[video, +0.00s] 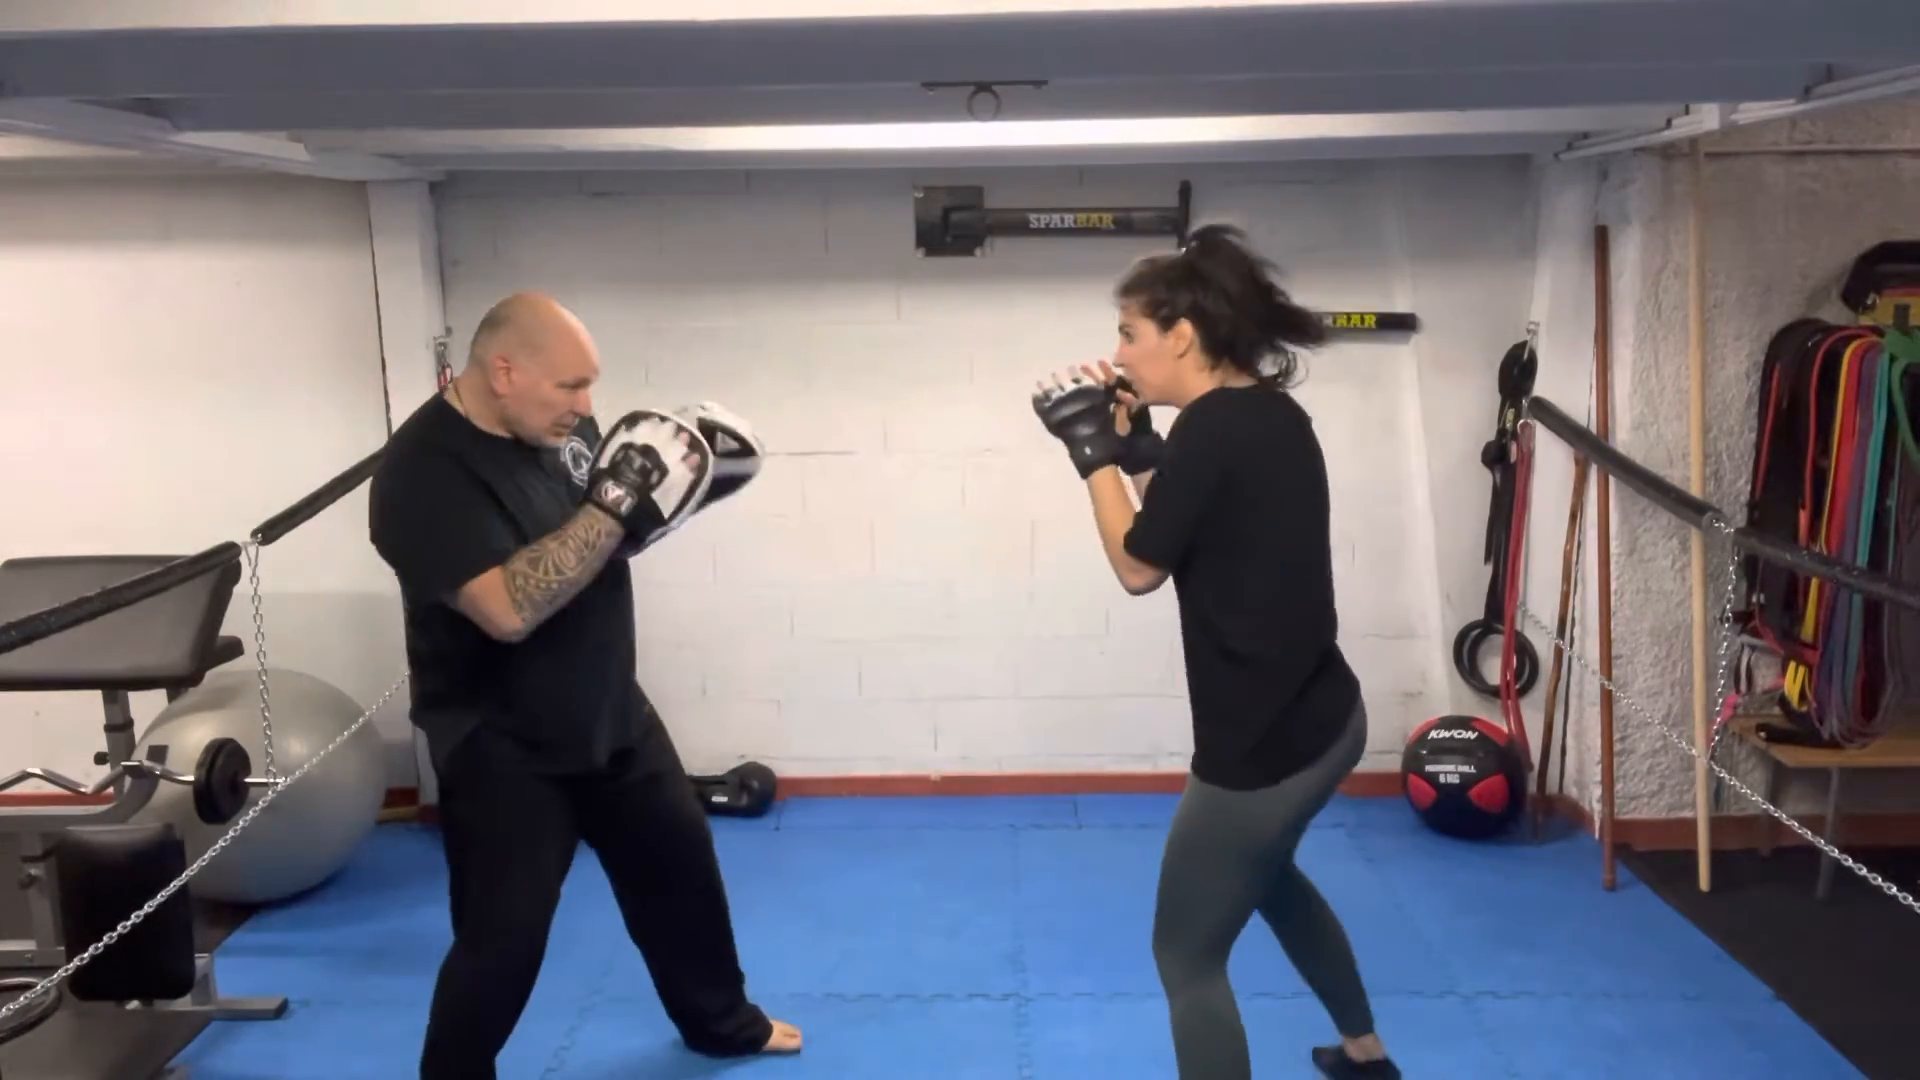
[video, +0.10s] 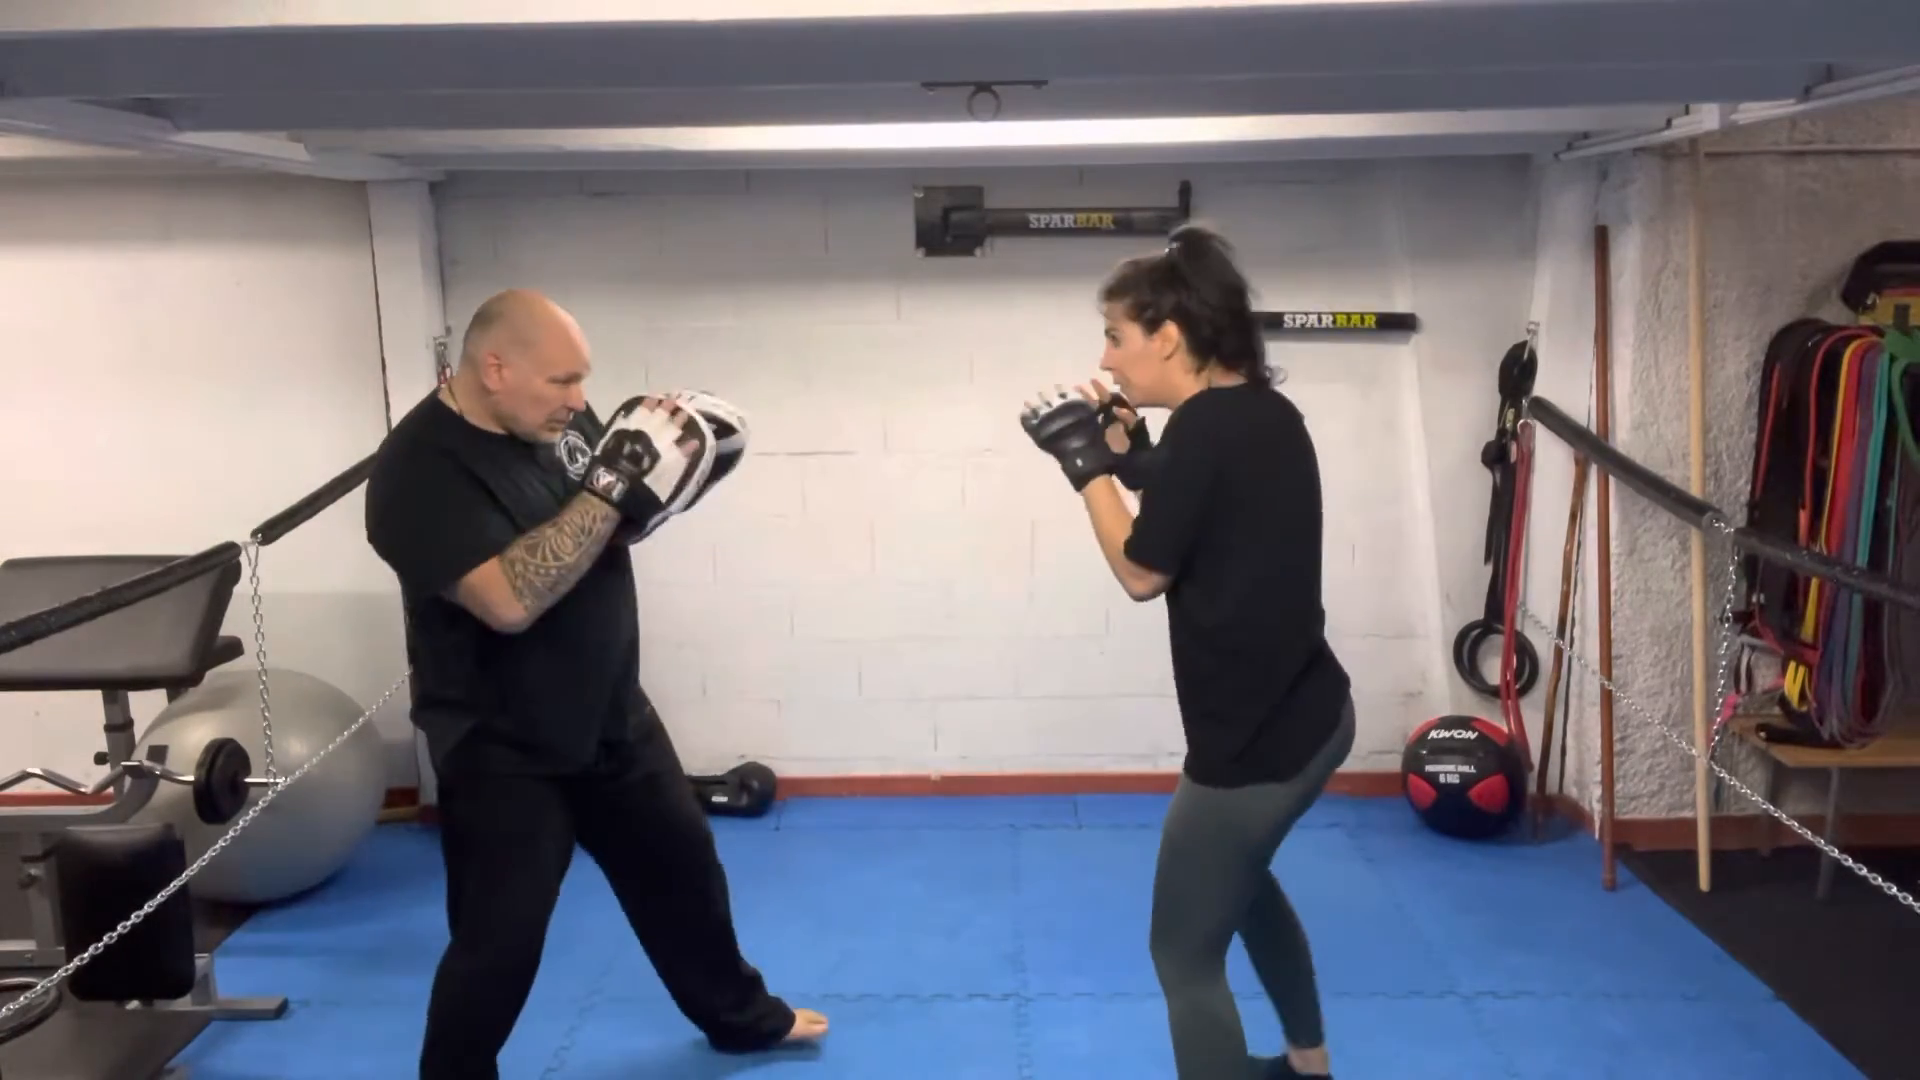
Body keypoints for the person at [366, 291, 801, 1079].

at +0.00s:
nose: (586, 406)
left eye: (589, 385)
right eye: (570, 385)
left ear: (509, 375)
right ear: (501, 374)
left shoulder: (549, 437)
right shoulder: (420, 472)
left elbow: (594, 543)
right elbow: (503, 607)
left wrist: (676, 485)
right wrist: (617, 501)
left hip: (605, 714)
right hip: (500, 744)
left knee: (677, 863)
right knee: (501, 942)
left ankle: (718, 1021)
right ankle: (455, 1071)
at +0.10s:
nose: (580, 399)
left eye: (581, 379)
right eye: (563, 381)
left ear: (502, 371)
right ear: (494, 370)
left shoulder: (550, 430)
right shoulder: (415, 472)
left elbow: (596, 538)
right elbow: (506, 598)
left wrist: (658, 464)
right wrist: (613, 483)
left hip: (606, 714)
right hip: (500, 742)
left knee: (680, 867)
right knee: (498, 944)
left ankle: (738, 1017)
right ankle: (455, 1072)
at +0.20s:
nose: (589, 397)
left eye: (589, 377)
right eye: (571, 380)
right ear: (501, 371)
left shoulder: (574, 432)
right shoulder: (422, 473)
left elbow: (611, 537)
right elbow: (505, 602)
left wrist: (681, 493)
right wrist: (624, 500)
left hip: (616, 729)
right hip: (509, 752)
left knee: (690, 889)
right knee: (500, 950)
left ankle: (759, 1021)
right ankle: (455, 1070)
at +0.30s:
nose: (610, 396)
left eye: (611, 376)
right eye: (592, 379)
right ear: (522, 373)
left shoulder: (601, 431)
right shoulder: (440, 472)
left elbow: (638, 562)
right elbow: (491, 615)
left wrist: (712, 530)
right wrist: (639, 543)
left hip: (640, 736)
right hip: (527, 759)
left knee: (707, 891)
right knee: (511, 953)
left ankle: (762, 1024)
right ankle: (457, 1070)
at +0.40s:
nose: (633, 395)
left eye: (636, 376)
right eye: (617, 377)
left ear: (559, 372)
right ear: (549, 372)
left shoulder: (619, 431)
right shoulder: (463, 459)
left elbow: (669, 509)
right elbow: (485, 612)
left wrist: (724, 508)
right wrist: (640, 564)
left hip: (655, 725)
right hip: (538, 751)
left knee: (726, 880)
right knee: (515, 948)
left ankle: (761, 1023)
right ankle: (459, 1071)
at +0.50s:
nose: (645, 394)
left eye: (647, 375)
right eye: (629, 376)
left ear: (570, 368)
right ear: (561, 367)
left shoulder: (632, 428)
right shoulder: (472, 454)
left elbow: (699, 511)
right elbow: (493, 598)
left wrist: (758, 471)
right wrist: (633, 531)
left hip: (663, 729)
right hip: (544, 751)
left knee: (727, 880)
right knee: (516, 949)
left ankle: (762, 1025)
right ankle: (461, 1076)